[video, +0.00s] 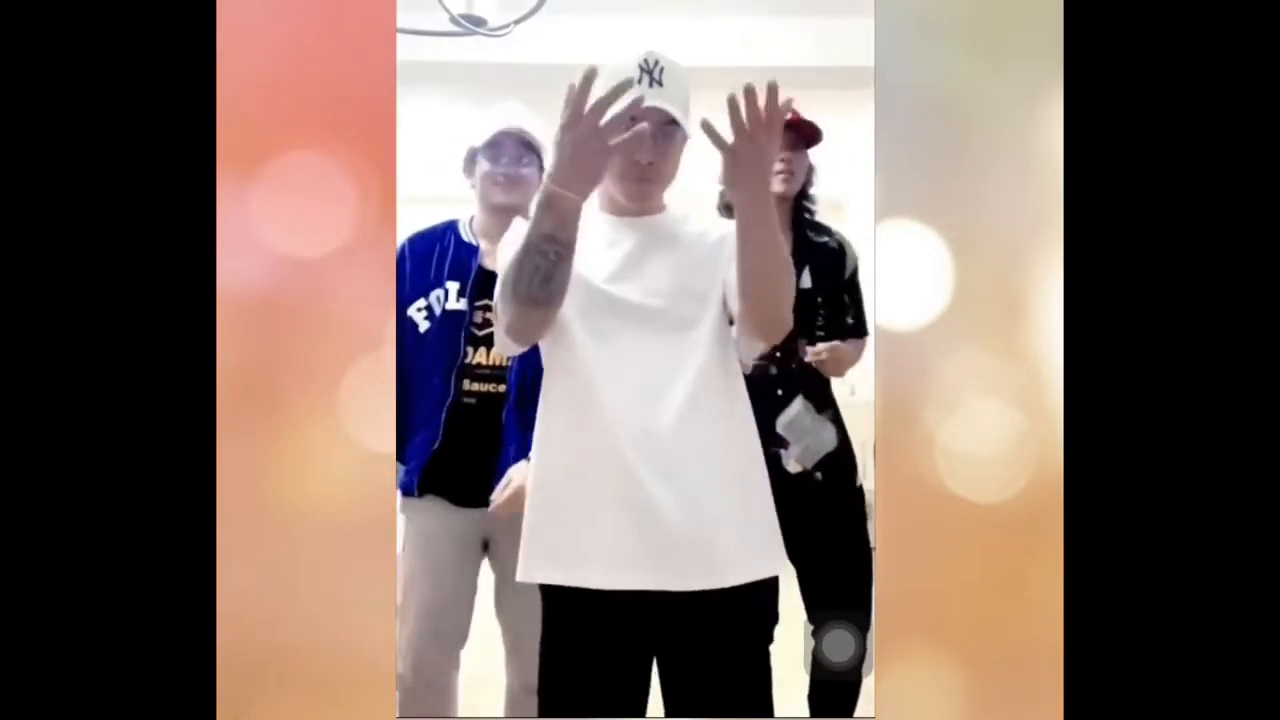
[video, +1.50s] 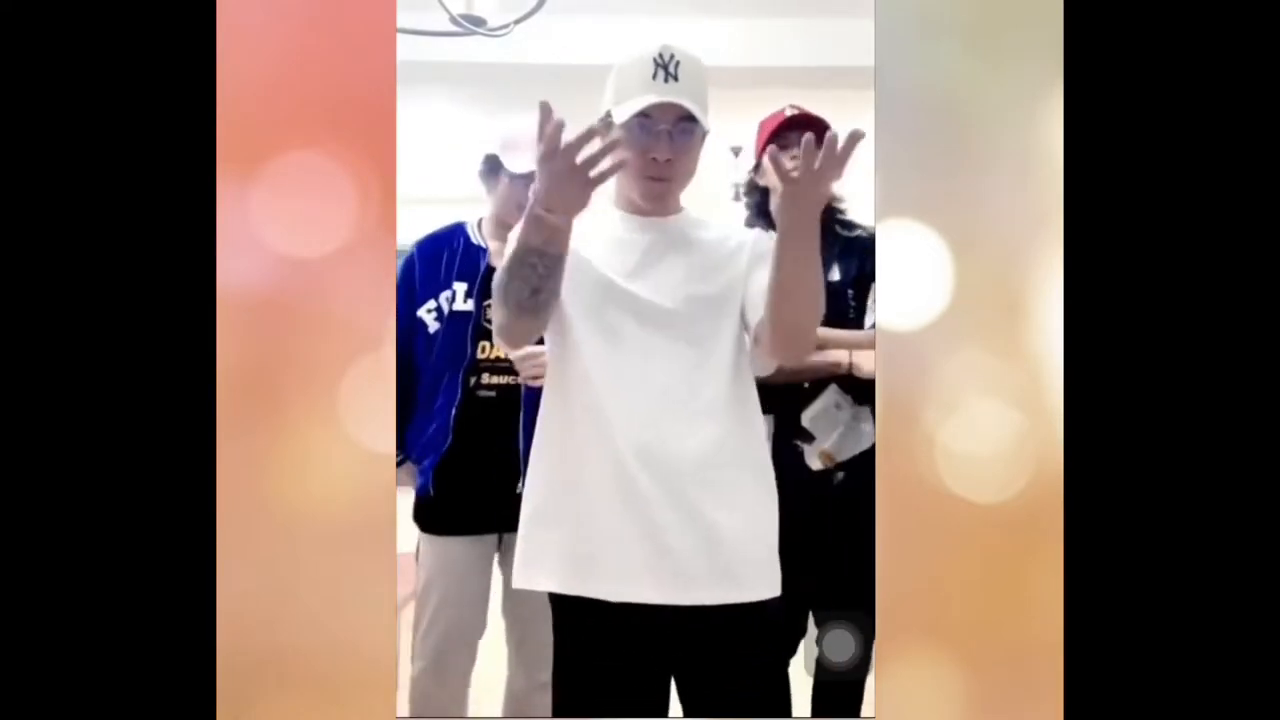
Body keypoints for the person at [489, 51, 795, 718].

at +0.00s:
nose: (645, 145)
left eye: (665, 129)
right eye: (628, 125)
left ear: (686, 144)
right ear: (598, 137)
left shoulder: (721, 242)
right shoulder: (552, 236)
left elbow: (768, 326)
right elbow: (518, 326)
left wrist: (755, 191)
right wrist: (564, 188)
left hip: (719, 570)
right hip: (588, 571)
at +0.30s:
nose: (646, 165)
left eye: (665, 147)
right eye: (627, 145)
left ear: (690, 162)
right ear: (594, 158)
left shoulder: (731, 277)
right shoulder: (538, 256)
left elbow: (749, 385)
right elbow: (503, 379)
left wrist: (733, 403)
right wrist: (569, 402)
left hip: (703, 582)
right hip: (568, 582)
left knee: (762, 719)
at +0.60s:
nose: (650, 159)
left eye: (669, 139)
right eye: (630, 140)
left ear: (703, 147)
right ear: (608, 151)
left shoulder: (750, 259)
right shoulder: (570, 239)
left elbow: (758, 377)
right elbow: (520, 343)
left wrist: (730, 262)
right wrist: (553, 232)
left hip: (696, 563)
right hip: (565, 555)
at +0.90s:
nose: (655, 154)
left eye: (674, 133)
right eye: (636, 136)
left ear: (708, 143)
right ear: (614, 148)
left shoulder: (774, 239)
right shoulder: (588, 244)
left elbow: (801, 357)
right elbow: (541, 360)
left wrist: (725, 256)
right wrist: (560, 284)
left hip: (711, 574)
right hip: (582, 569)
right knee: (541, 716)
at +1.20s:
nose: (667, 170)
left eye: (687, 149)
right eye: (648, 148)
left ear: (711, 161)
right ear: (613, 157)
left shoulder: (767, 264)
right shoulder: (568, 279)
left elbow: (806, 411)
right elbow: (552, 409)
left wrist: (771, 372)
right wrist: (588, 377)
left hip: (749, 596)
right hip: (611, 598)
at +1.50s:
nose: (662, 148)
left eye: (682, 128)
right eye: (644, 125)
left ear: (704, 142)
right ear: (609, 135)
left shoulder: (745, 249)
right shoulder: (565, 239)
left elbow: (791, 345)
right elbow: (513, 330)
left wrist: (802, 214)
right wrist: (550, 216)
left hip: (730, 574)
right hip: (598, 573)